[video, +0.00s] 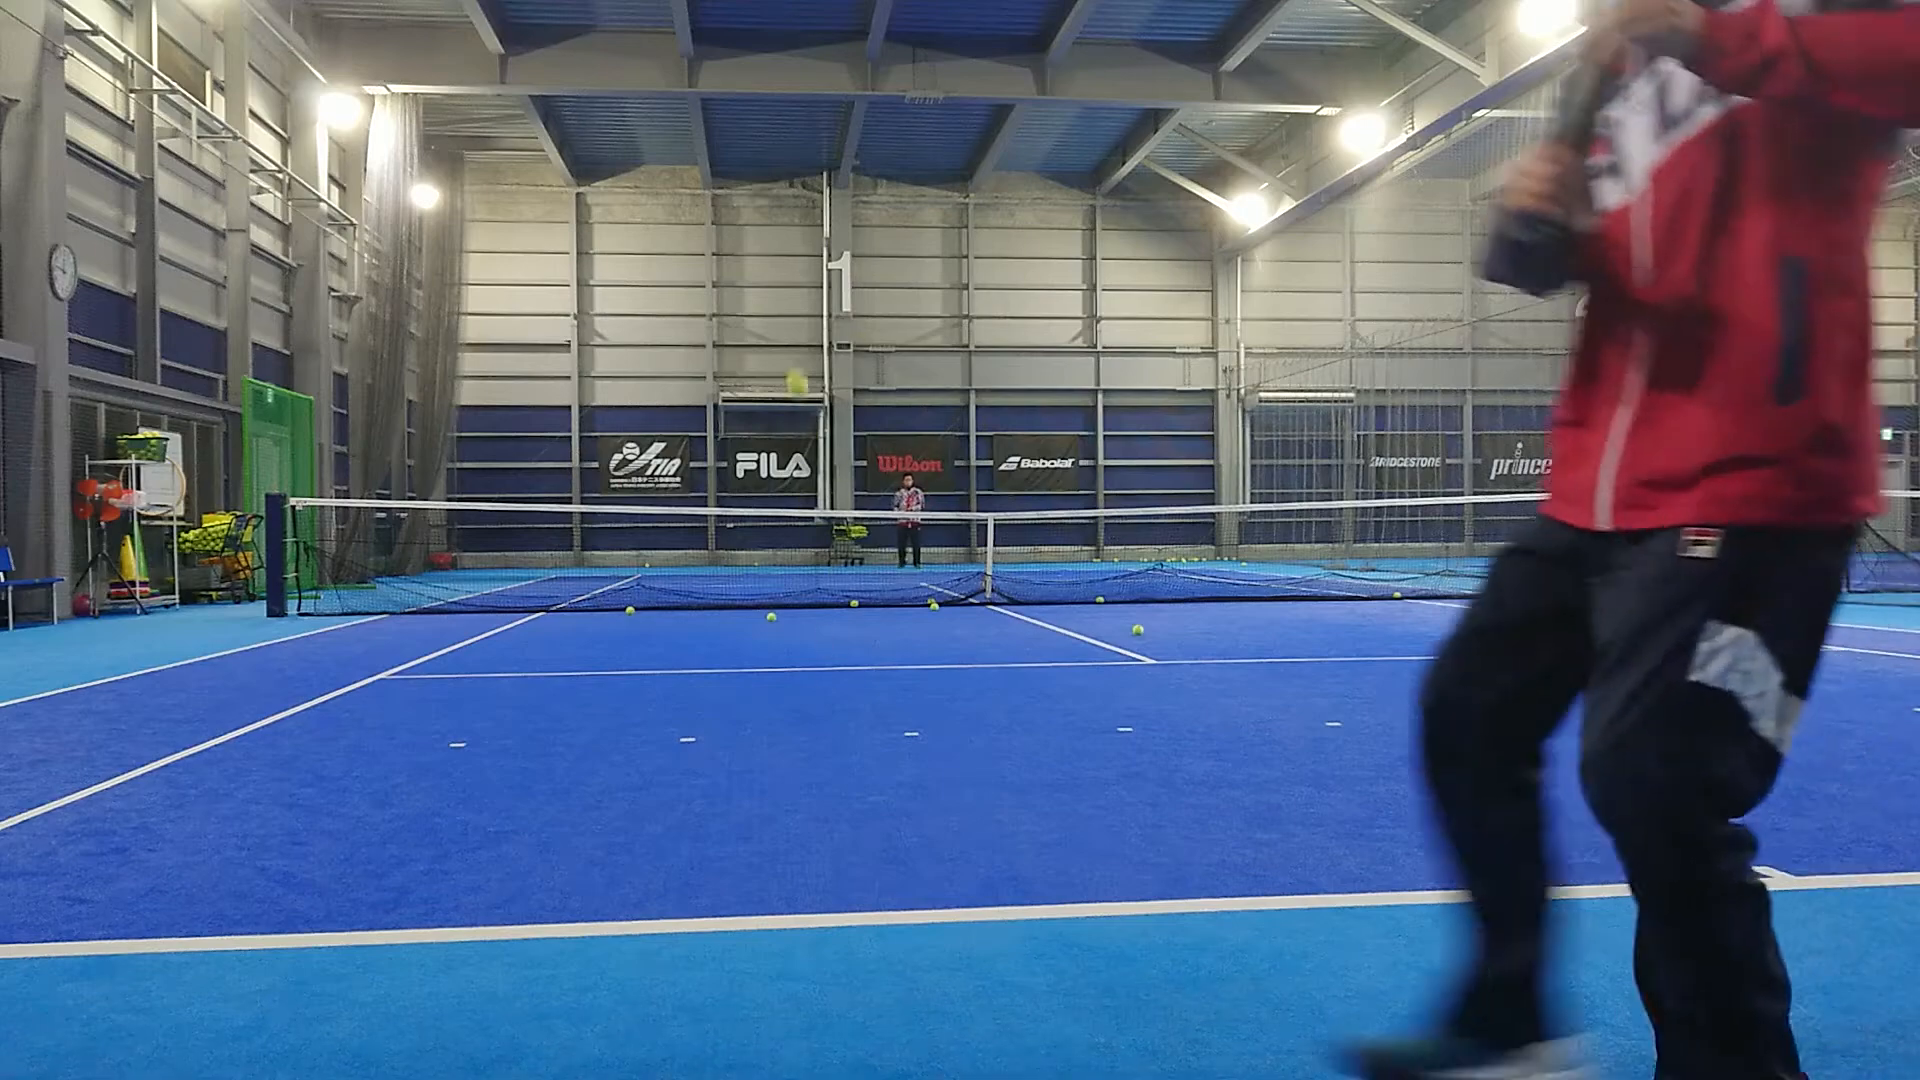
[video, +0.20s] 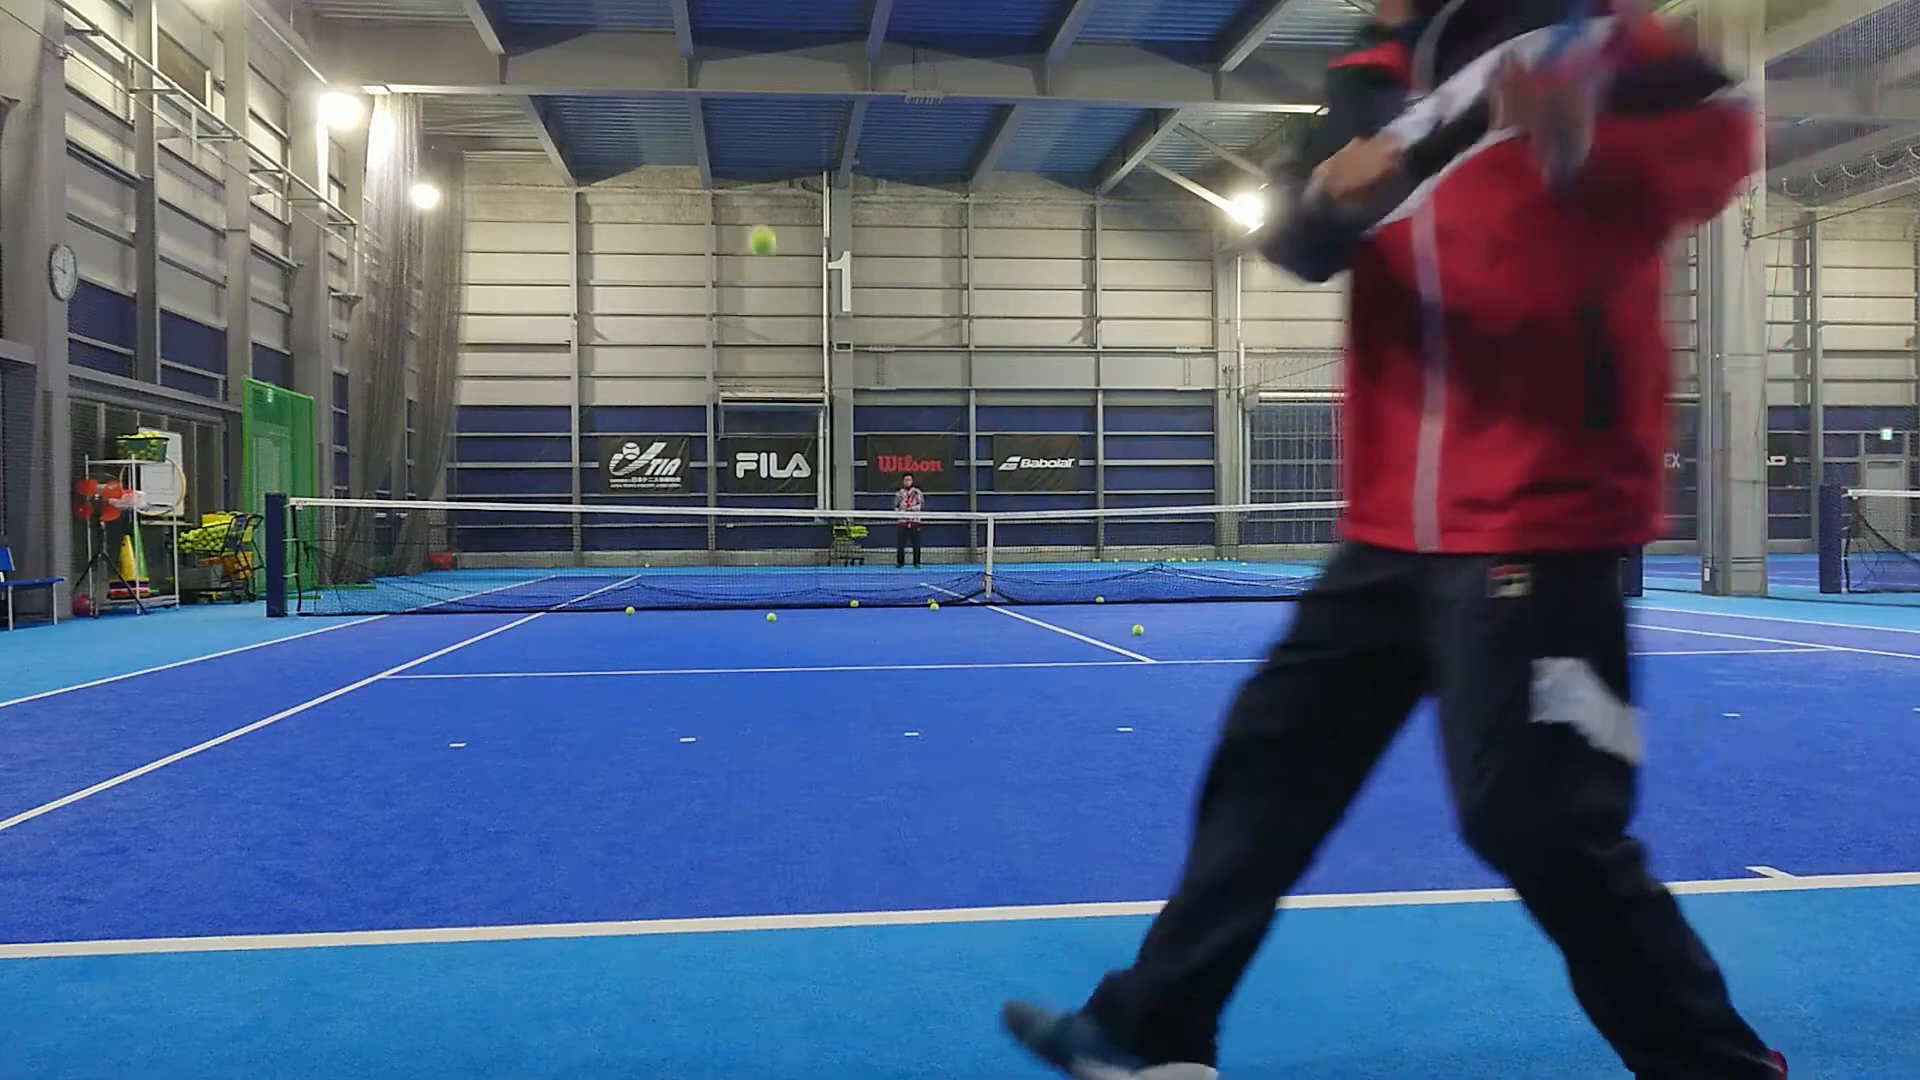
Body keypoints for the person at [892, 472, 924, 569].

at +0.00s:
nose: (908, 482)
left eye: (910, 480)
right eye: (906, 480)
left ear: (913, 481)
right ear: (903, 482)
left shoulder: (918, 493)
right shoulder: (899, 494)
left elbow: (921, 505)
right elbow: (895, 506)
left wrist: (912, 509)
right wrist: (900, 514)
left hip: (915, 521)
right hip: (902, 522)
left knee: (916, 544)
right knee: (901, 544)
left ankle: (916, 562)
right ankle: (902, 562)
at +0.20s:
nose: (908, 482)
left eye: (909, 480)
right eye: (906, 480)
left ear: (912, 481)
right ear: (903, 481)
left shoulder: (917, 493)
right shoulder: (899, 493)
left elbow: (921, 505)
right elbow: (895, 506)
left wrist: (911, 508)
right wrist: (900, 514)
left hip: (914, 521)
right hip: (902, 521)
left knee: (916, 544)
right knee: (900, 544)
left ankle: (917, 562)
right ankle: (900, 562)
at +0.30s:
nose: (906, 482)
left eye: (907, 480)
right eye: (904, 480)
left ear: (911, 481)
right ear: (900, 482)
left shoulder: (916, 492)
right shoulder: (898, 493)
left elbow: (919, 505)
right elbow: (893, 504)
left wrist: (910, 509)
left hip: (914, 521)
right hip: (901, 522)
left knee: (916, 544)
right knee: (900, 545)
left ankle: (917, 562)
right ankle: (899, 563)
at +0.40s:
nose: (904, 482)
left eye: (905, 480)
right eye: (902, 480)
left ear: (908, 481)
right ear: (898, 482)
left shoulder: (914, 492)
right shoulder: (896, 494)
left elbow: (918, 505)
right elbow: (892, 505)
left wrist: (910, 511)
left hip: (913, 522)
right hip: (901, 522)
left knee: (916, 545)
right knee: (899, 545)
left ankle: (916, 562)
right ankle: (899, 563)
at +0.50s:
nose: (902, 482)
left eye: (904, 480)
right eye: (900, 480)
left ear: (907, 482)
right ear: (897, 482)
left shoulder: (912, 492)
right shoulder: (894, 494)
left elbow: (916, 504)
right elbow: (890, 507)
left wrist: (908, 510)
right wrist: (898, 512)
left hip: (912, 522)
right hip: (900, 522)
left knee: (915, 544)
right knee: (899, 545)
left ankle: (916, 562)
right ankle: (898, 563)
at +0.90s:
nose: (907, 484)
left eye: (909, 482)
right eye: (905, 482)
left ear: (911, 483)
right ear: (902, 484)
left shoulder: (916, 495)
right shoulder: (899, 495)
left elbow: (919, 508)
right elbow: (894, 508)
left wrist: (919, 520)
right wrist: (899, 518)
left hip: (914, 523)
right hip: (902, 523)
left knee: (919, 544)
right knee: (900, 545)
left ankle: (926, 561)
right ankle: (898, 563)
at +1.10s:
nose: (915, 487)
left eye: (917, 484)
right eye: (913, 484)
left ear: (921, 486)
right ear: (911, 486)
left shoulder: (925, 496)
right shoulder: (910, 496)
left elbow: (927, 509)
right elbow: (905, 508)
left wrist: (927, 521)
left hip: (923, 523)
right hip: (913, 524)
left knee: (923, 545)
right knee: (908, 544)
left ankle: (930, 562)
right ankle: (901, 562)